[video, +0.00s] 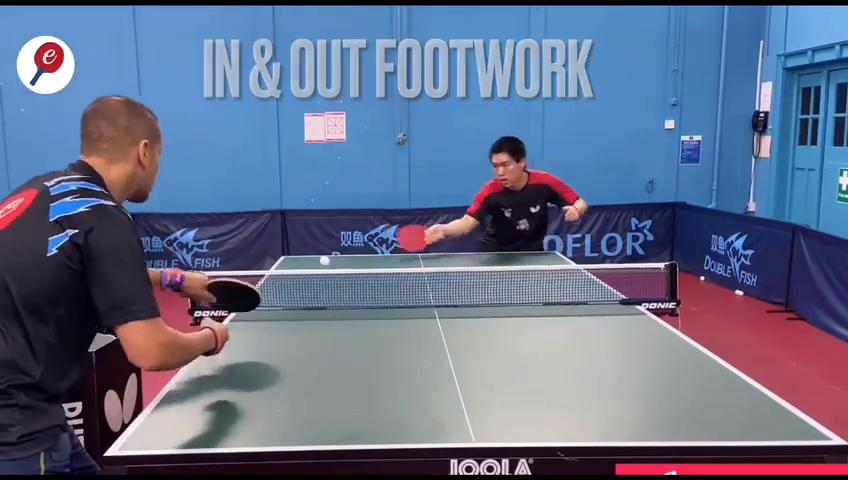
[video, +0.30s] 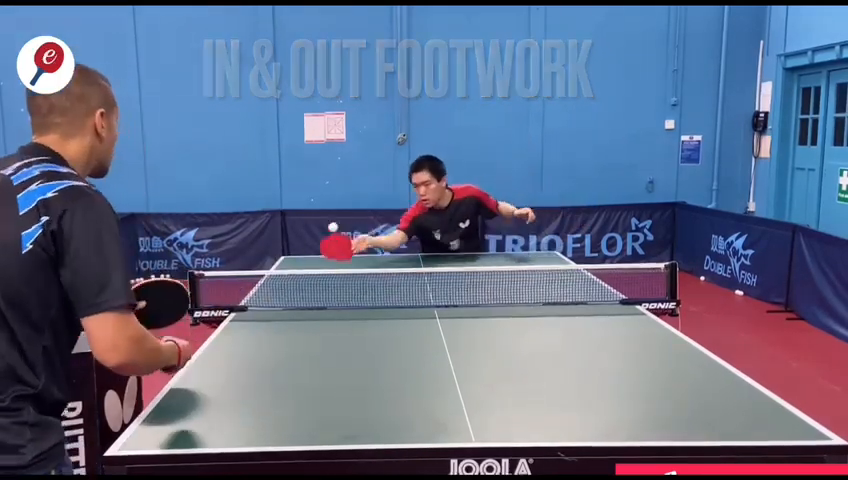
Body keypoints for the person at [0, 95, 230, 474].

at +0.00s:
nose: (156, 170)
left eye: (158, 158)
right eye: (158, 158)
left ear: (90, 145)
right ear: (142, 153)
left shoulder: (37, 191)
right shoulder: (103, 217)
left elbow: (79, 280)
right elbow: (149, 350)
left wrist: (174, 280)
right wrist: (206, 339)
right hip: (23, 431)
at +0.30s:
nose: (117, 137)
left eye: (117, 125)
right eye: (116, 124)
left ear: (40, 121)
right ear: (100, 123)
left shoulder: (7, 174)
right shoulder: (76, 201)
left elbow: (29, 303)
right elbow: (118, 349)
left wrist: (111, 299)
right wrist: (170, 354)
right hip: (22, 443)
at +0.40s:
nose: (120, 141)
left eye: (122, 127)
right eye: (120, 126)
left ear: (44, 122)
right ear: (102, 123)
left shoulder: (8, 173)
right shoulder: (77, 199)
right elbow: (107, 349)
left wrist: (99, 315)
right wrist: (158, 362)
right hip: (16, 438)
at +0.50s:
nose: (133, 158)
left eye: (136, 145)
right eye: (134, 143)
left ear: (60, 130)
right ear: (114, 135)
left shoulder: (10, 179)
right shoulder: (81, 205)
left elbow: (22, 310)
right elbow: (89, 353)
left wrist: (108, 327)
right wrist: (144, 373)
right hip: (14, 440)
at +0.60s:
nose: (150, 179)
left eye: (154, 165)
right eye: (151, 162)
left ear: (79, 143)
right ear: (126, 150)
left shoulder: (16, 189)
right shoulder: (76, 209)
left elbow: (36, 317)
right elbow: (61, 354)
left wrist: (138, 333)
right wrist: (120, 378)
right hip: (11, 438)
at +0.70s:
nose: (158, 182)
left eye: (160, 167)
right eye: (157, 164)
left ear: (127, 153)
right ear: (128, 152)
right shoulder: (59, 209)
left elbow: (116, 302)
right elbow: (25, 346)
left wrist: (218, 319)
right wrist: (96, 378)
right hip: (11, 441)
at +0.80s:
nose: (150, 166)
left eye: (153, 151)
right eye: (149, 148)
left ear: (119, 139)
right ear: (116, 138)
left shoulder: (77, 209)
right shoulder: (29, 197)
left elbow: (164, 267)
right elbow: (5, 335)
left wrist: (253, 291)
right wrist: (81, 369)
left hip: (17, 405)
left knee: (57, 471)